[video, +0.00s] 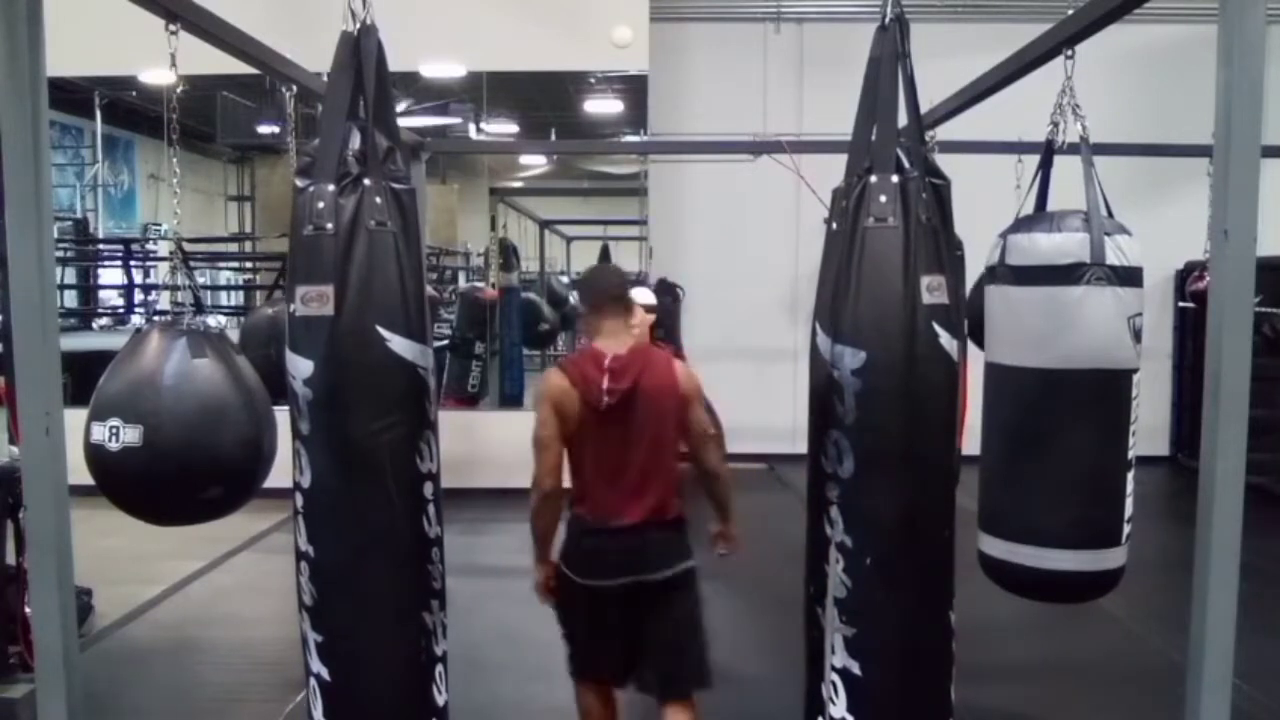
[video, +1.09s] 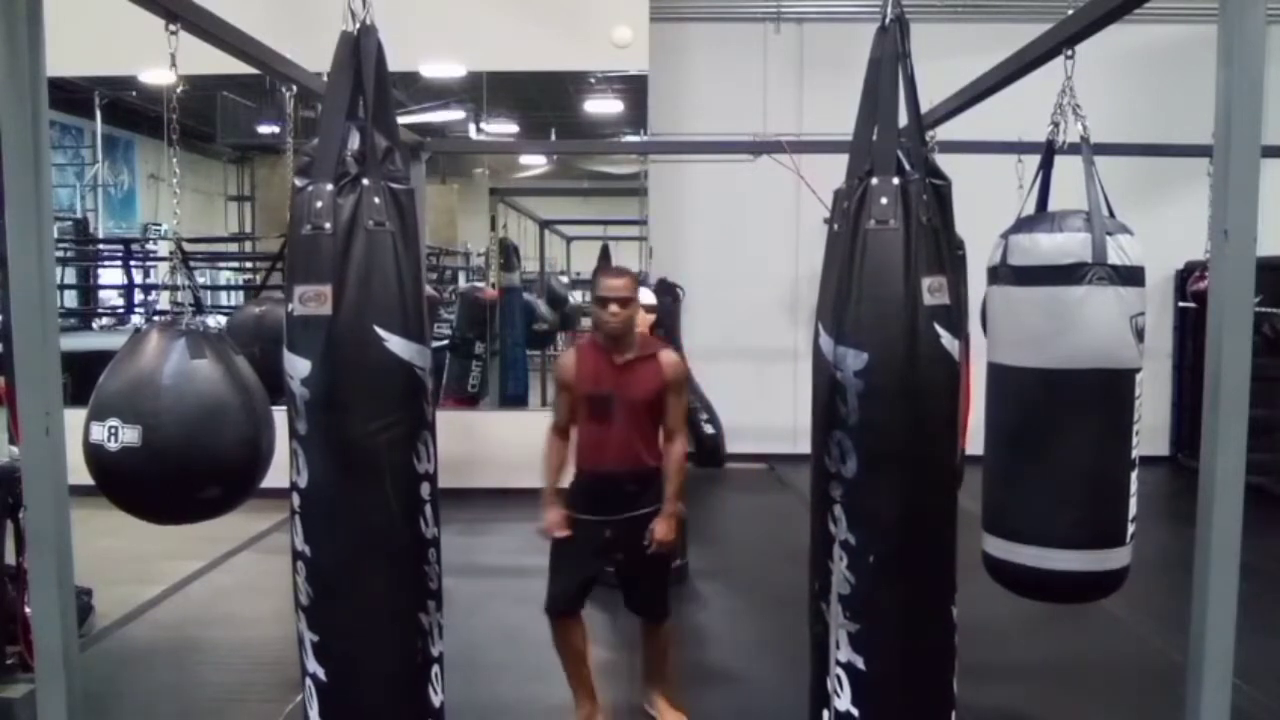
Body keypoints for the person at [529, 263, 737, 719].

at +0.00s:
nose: (643, 315)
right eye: (639, 308)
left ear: (583, 314)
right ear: (630, 309)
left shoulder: (558, 384)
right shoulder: (677, 375)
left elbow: (549, 486)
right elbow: (711, 463)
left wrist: (543, 559)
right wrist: (725, 520)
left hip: (590, 561)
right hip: (664, 557)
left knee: (593, 684)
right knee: (678, 693)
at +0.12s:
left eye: (559, 307)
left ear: (567, 310)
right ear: (615, 304)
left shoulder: (555, 379)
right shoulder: (664, 368)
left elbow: (543, 482)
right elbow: (687, 456)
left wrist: (523, 543)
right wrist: (689, 515)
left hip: (583, 545)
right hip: (645, 538)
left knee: (588, 680)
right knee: (649, 650)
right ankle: (658, 713)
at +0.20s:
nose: (555, 315)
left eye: (556, 307)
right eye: (557, 307)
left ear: (566, 308)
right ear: (612, 305)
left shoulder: (558, 377)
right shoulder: (659, 366)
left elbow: (548, 477)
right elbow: (681, 451)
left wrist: (520, 537)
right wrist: (671, 503)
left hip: (585, 536)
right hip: (642, 527)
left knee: (586, 675)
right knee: (635, 645)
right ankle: (646, 714)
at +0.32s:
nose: (536, 316)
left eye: (541, 306)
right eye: (536, 307)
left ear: (568, 306)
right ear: (584, 305)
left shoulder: (579, 373)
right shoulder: (615, 356)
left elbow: (572, 470)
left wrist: (523, 531)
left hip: (596, 520)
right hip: (625, 512)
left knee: (583, 659)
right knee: (594, 651)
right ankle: (605, 710)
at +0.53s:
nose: (533, 322)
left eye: (543, 312)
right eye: (531, 312)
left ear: (575, 308)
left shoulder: (607, 368)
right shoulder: (560, 366)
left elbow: (621, 461)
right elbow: (563, 441)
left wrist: (585, 537)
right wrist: (549, 498)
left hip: (605, 504)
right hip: (573, 502)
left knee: (590, 649)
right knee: (580, 645)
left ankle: (604, 715)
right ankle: (598, 713)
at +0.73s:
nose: (545, 313)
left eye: (556, 305)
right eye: (542, 304)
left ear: (585, 305)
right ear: (540, 304)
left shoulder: (623, 360)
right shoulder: (546, 357)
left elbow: (657, 440)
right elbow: (532, 424)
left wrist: (658, 517)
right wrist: (494, 481)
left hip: (616, 505)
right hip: (566, 507)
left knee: (625, 626)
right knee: (572, 618)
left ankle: (643, 713)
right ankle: (590, 709)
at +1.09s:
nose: (613, 312)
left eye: (623, 303)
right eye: (604, 303)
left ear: (639, 307)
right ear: (592, 307)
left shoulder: (667, 364)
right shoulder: (572, 364)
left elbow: (676, 437)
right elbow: (560, 430)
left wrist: (670, 509)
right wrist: (552, 497)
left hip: (646, 494)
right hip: (587, 495)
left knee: (654, 607)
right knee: (562, 607)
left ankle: (656, 693)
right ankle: (586, 704)